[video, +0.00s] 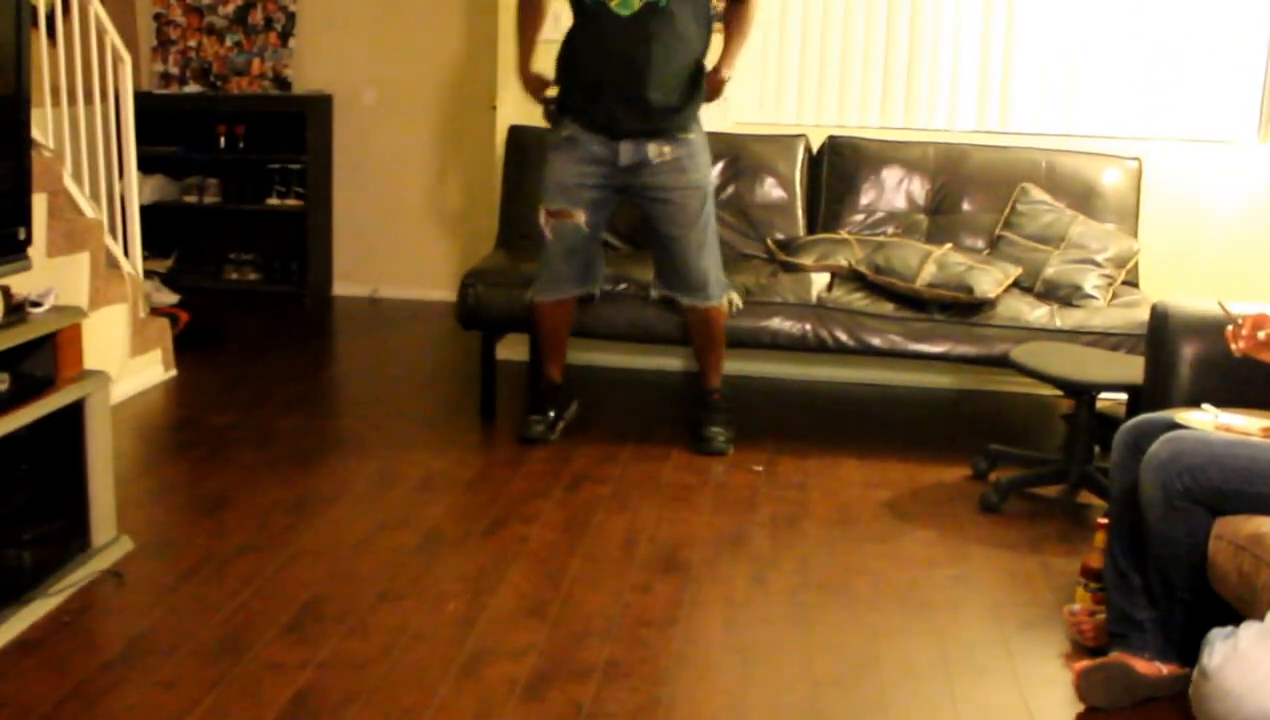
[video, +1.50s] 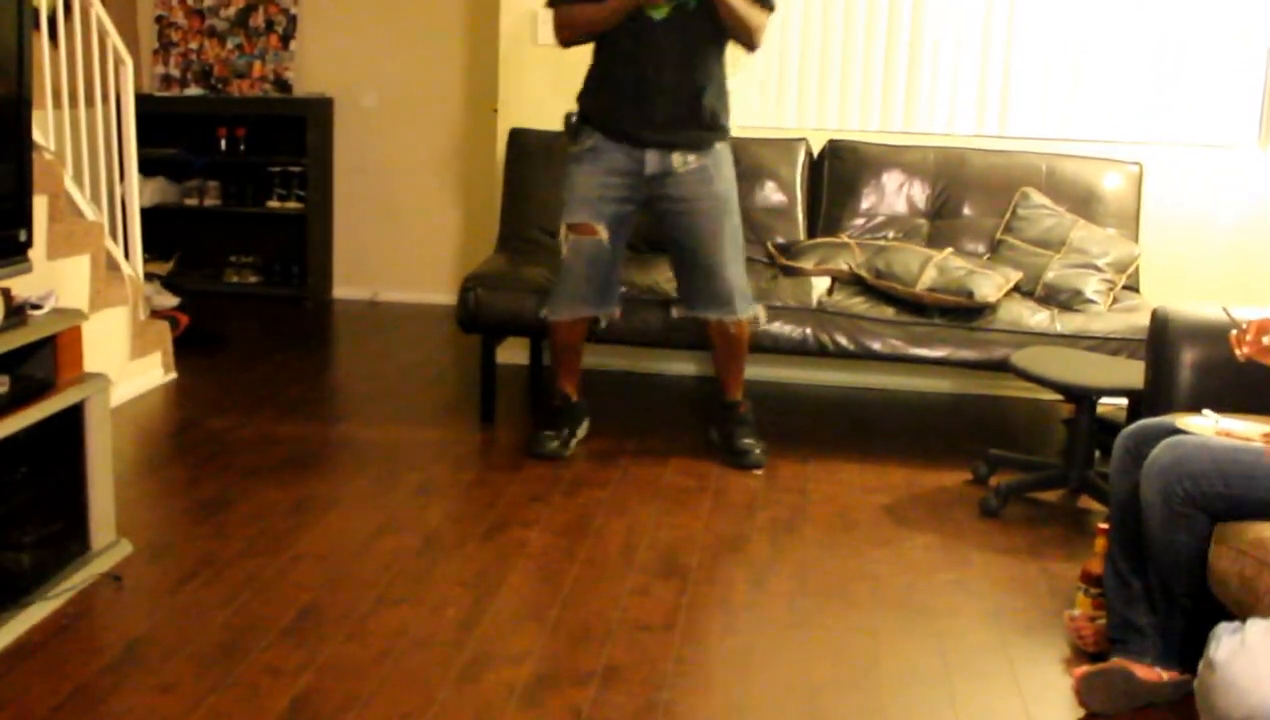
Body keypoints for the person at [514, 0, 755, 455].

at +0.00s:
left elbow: (741, 3)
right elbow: (533, 1)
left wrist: (722, 69)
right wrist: (526, 67)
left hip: (672, 131)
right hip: (582, 127)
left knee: (702, 281)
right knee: (556, 271)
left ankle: (712, 401)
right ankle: (551, 393)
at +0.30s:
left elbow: (750, 0)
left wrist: (737, 52)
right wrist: (548, 52)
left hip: (686, 120)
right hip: (595, 122)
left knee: (715, 275)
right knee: (563, 267)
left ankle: (719, 400)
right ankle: (550, 390)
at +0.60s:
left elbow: (766, 24)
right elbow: (572, 16)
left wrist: (733, 11)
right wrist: (580, 33)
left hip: (706, 138)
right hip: (614, 135)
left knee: (731, 280)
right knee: (575, 271)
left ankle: (727, 405)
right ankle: (560, 392)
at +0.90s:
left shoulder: (713, 3)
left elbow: (732, 51)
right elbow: (544, 31)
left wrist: (661, 15)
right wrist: (621, 46)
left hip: (682, 155)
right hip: (588, 151)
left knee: (719, 296)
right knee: (556, 280)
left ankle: (722, 406)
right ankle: (558, 404)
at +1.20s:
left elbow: (805, 21)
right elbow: (562, 14)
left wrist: (793, 4)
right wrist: (531, 28)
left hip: (721, 153)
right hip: (628, 151)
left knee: (743, 302)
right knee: (585, 284)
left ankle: (742, 415)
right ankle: (572, 404)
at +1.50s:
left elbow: (753, 32)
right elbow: (566, 27)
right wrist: (634, 2)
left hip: (698, 141)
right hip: (607, 138)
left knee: (726, 289)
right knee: (576, 278)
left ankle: (733, 411)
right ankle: (565, 406)